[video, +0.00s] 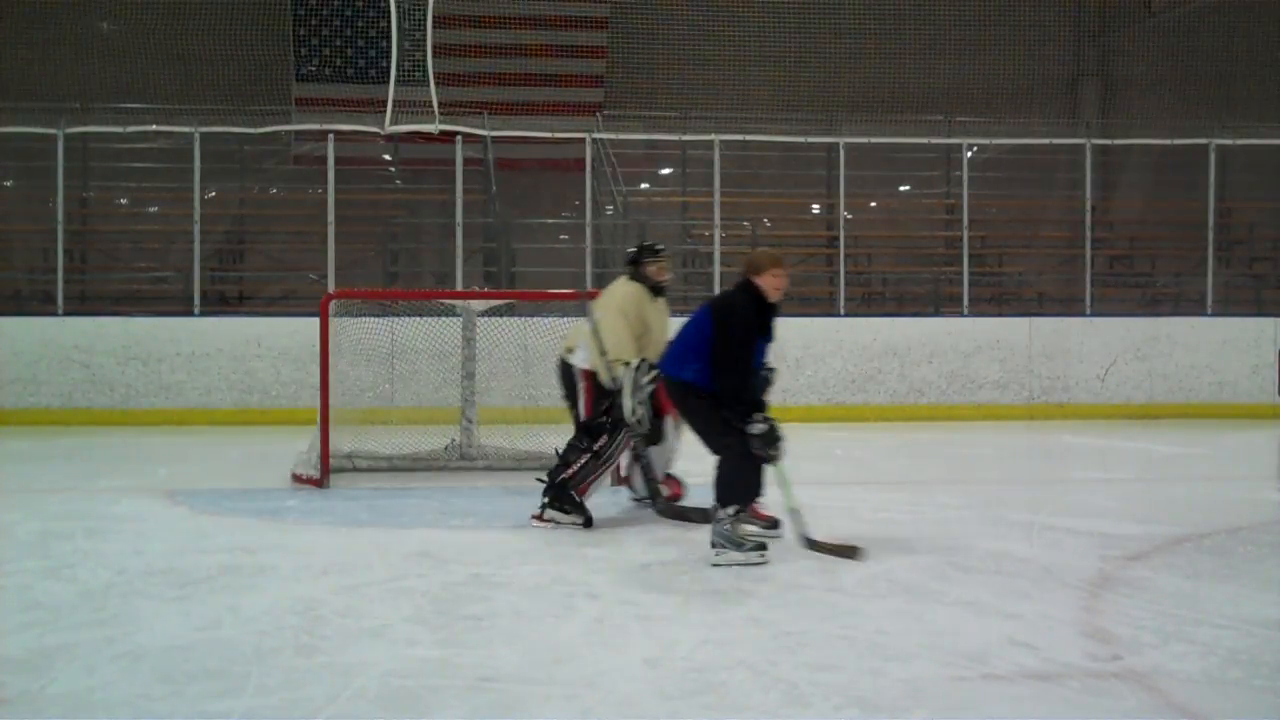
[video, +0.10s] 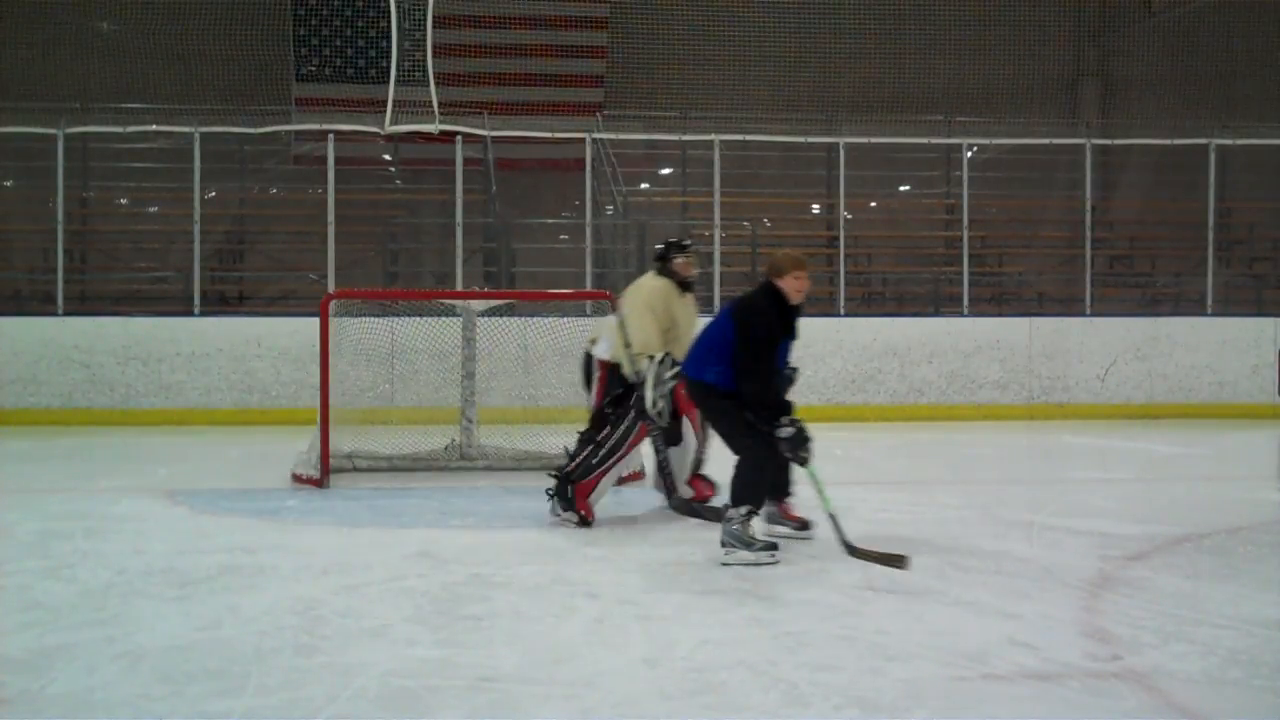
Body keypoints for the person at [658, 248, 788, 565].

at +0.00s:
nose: (782, 284)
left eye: (784, 278)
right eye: (775, 278)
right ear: (756, 278)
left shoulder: (758, 309)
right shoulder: (738, 308)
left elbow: (749, 366)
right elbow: (731, 371)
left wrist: (756, 410)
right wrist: (753, 420)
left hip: (711, 379)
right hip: (685, 379)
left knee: (749, 439)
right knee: (734, 444)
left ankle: (743, 508)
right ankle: (726, 520)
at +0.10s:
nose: (804, 285)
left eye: (805, 278)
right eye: (796, 279)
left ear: (805, 281)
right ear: (777, 280)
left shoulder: (781, 310)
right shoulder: (759, 310)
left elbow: (774, 364)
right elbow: (755, 379)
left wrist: (779, 380)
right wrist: (782, 425)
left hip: (737, 380)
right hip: (708, 381)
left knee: (776, 440)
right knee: (756, 448)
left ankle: (774, 508)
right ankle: (736, 524)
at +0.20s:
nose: (819, 285)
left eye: (822, 279)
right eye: (811, 279)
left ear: (824, 282)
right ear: (792, 281)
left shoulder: (802, 312)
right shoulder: (775, 310)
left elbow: (793, 368)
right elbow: (772, 380)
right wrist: (801, 425)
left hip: (761, 380)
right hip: (728, 380)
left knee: (799, 441)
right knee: (774, 450)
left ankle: (809, 508)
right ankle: (747, 525)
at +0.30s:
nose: (825, 281)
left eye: (829, 275)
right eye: (817, 275)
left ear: (833, 278)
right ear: (800, 278)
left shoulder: (821, 309)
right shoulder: (783, 309)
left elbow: (813, 348)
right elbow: (780, 377)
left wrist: (819, 371)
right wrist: (807, 424)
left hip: (784, 382)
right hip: (746, 382)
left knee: (816, 439)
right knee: (786, 452)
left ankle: (829, 511)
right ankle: (756, 524)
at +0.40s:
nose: (824, 273)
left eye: (829, 266)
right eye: (816, 268)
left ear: (835, 269)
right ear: (802, 272)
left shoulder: (839, 301)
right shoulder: (786, 304)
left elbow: (836, 340)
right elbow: (781, 367)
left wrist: (840, 363)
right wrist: (803, 417)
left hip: (802, 386)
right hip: (758, 385)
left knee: (837, 441)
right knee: (781, 448)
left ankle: (844, 509)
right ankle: (758, 524)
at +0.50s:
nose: (818, 265)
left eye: (823, 258)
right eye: (810, 260)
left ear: (832, 260)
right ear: (798, 264)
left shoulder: (845, 289)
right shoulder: (783, 299)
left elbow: (858, 325)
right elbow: (776, 362)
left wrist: (856, 356)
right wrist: (793, 408)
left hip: (812, 380)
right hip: (765, 382)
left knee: (845, 436)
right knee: (773, 444)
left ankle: (851, 509)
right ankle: (760, 522)